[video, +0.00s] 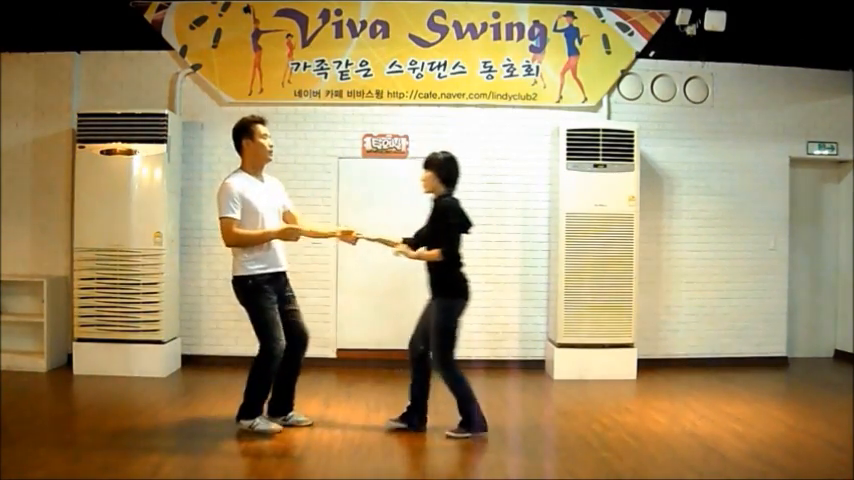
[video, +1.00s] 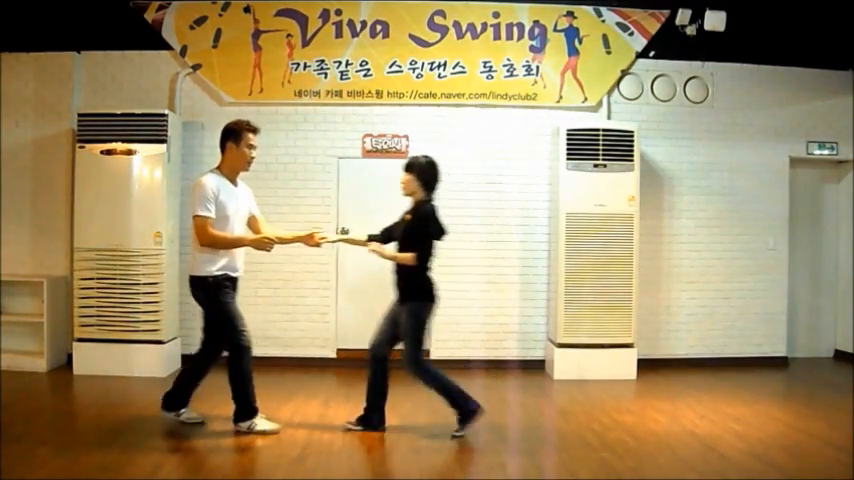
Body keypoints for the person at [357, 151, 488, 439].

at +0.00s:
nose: (422, 177)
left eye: (427, 172)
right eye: (424, 171)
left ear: (441, 176)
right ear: (439, 177)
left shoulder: (448, 207)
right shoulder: (440, 206)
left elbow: (447, 253)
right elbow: (417, 243)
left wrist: (414, 255)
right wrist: (374, 239)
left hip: (450, 295)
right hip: (441, 295)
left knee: (442, 360)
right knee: (417, 349)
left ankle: (474, 422)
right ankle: (415, 416)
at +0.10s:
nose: (437, 177)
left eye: (442, 171)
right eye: (439, 171)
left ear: (456, 177)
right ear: (454, 178)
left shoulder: (466, 210)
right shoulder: (454, 211)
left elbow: (469, 254)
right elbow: (421, 237)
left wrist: (436, 257)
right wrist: (383, 228)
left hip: (469, 296)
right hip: (457, 295)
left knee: (453, 357)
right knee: (428, 345)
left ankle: (474, 424)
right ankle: (449, 409)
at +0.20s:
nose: (451, 176)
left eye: (456, 170)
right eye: (452, 170)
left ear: (470, 175)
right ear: (465, 176)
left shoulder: (483, 209)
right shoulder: (462, 211)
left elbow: (490, 252)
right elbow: (427, 228)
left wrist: (456, 257)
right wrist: (391, 220)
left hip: (482, 294)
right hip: (468, 294)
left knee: (459, 355)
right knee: (448, 349)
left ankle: (474, 423)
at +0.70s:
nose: (454, 176)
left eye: (459, 170)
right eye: (455, 170)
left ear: (473, 174)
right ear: (466, 175)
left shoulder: (487, 209)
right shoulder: (459, 211)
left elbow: (496, 250)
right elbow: (422, 227)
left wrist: (461, 254)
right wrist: (383, 222)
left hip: (482, 294)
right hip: (465, 293)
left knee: (463, 357)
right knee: (441, 347)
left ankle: (482, 423)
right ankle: (482, 396)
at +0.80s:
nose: (440, 178)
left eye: (445, 173)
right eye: (441, 172)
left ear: (458, 177)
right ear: (454, 177)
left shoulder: (471, 213)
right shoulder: (446, 213)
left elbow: (474, 254)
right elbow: (410, 230)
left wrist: (439, 255)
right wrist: (371, 227)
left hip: (467, 297)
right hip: (451, 297)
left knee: (455, 361)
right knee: (419, 344)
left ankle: (482, 422)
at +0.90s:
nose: (422, 181)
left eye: (427, 176)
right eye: (424, 176)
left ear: (441, 182)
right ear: (437, 182)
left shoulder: (448, 216)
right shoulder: (429, 217)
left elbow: (448, 260)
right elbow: (396, 236)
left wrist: (415, 259)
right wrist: (357, 235)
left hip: (445, 302)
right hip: (432, 301)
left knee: (444, 364)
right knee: (401, 350)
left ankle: (481, 421)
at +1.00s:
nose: (402, 180)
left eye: (407, 175)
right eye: (404, 175)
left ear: (420, 180)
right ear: (416, 180)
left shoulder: (425, 214)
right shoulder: (413, 213)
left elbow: (418, 258)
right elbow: (382, 238)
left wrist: (387, 255)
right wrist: (344, 238)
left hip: (418, 298)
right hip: (405, 298)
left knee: (413, 362)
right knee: (378, 350)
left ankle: (467, 407)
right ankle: (373, 416)